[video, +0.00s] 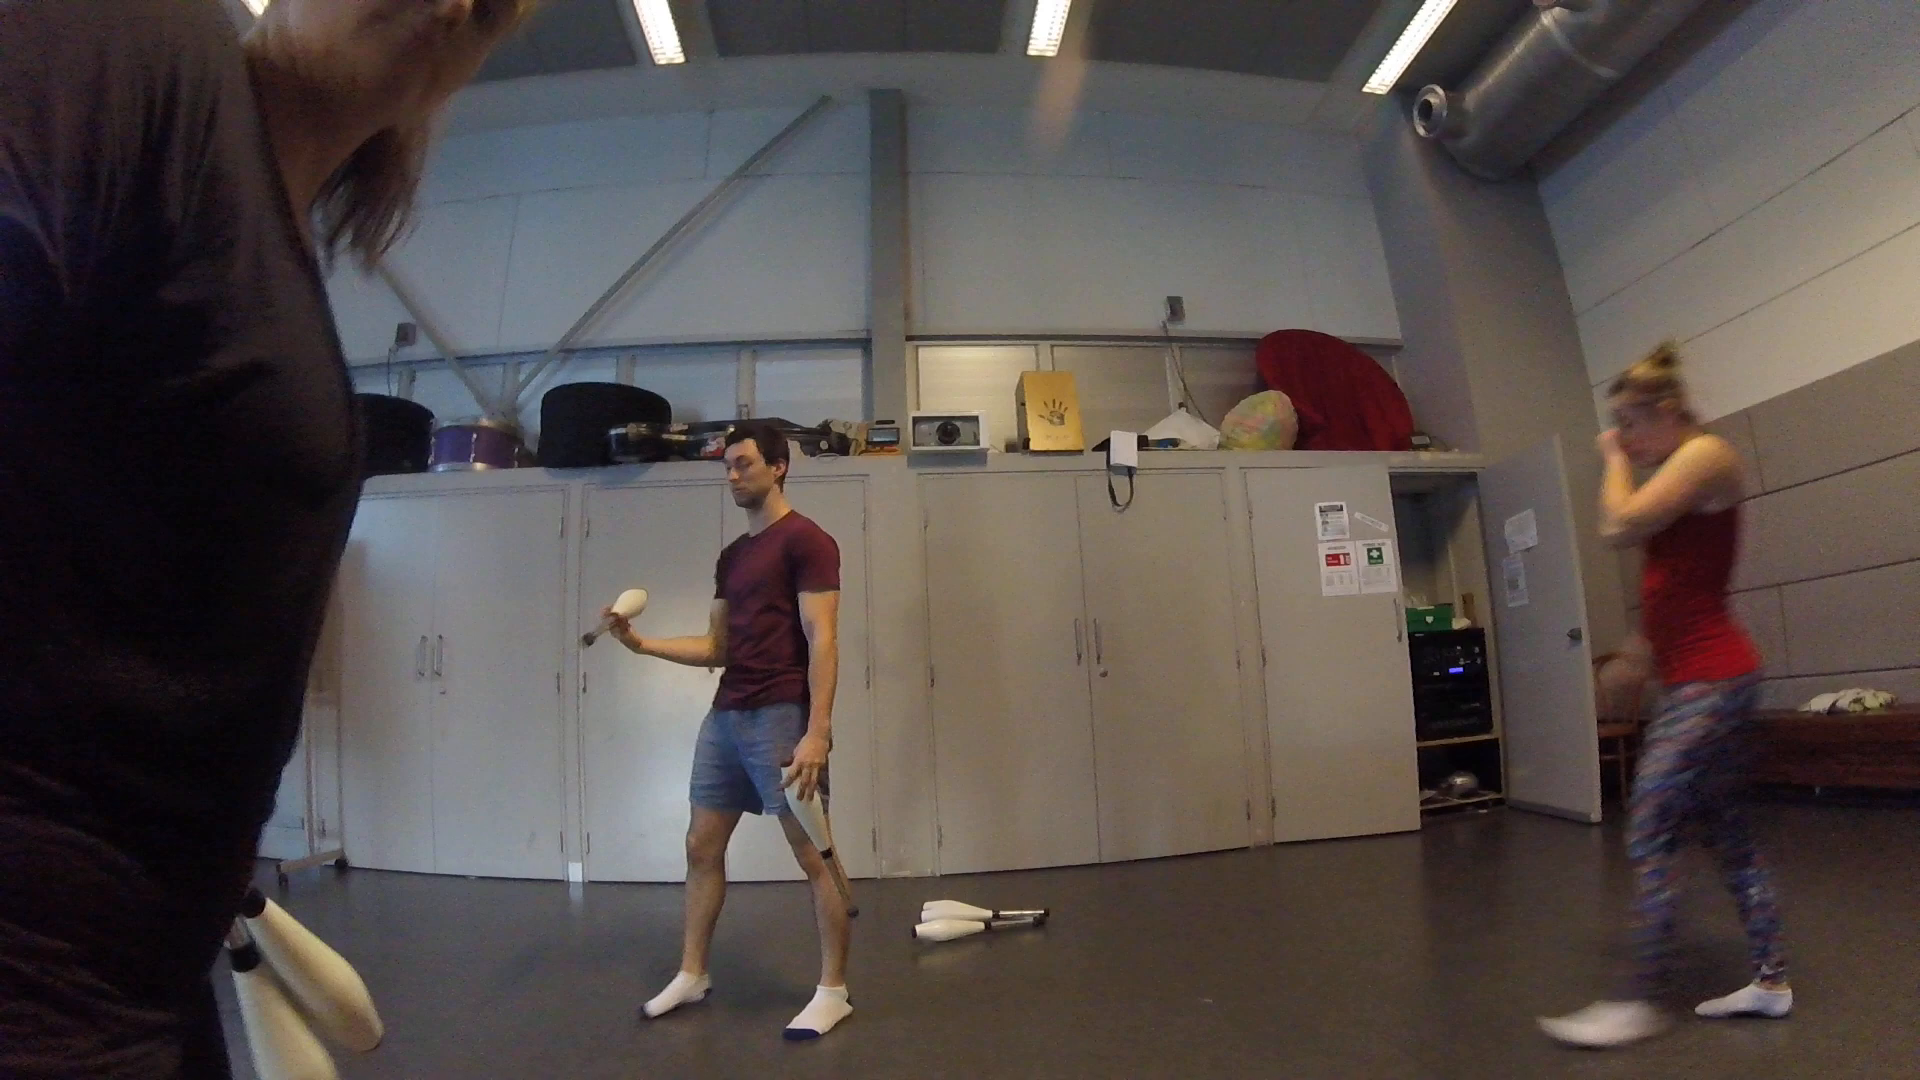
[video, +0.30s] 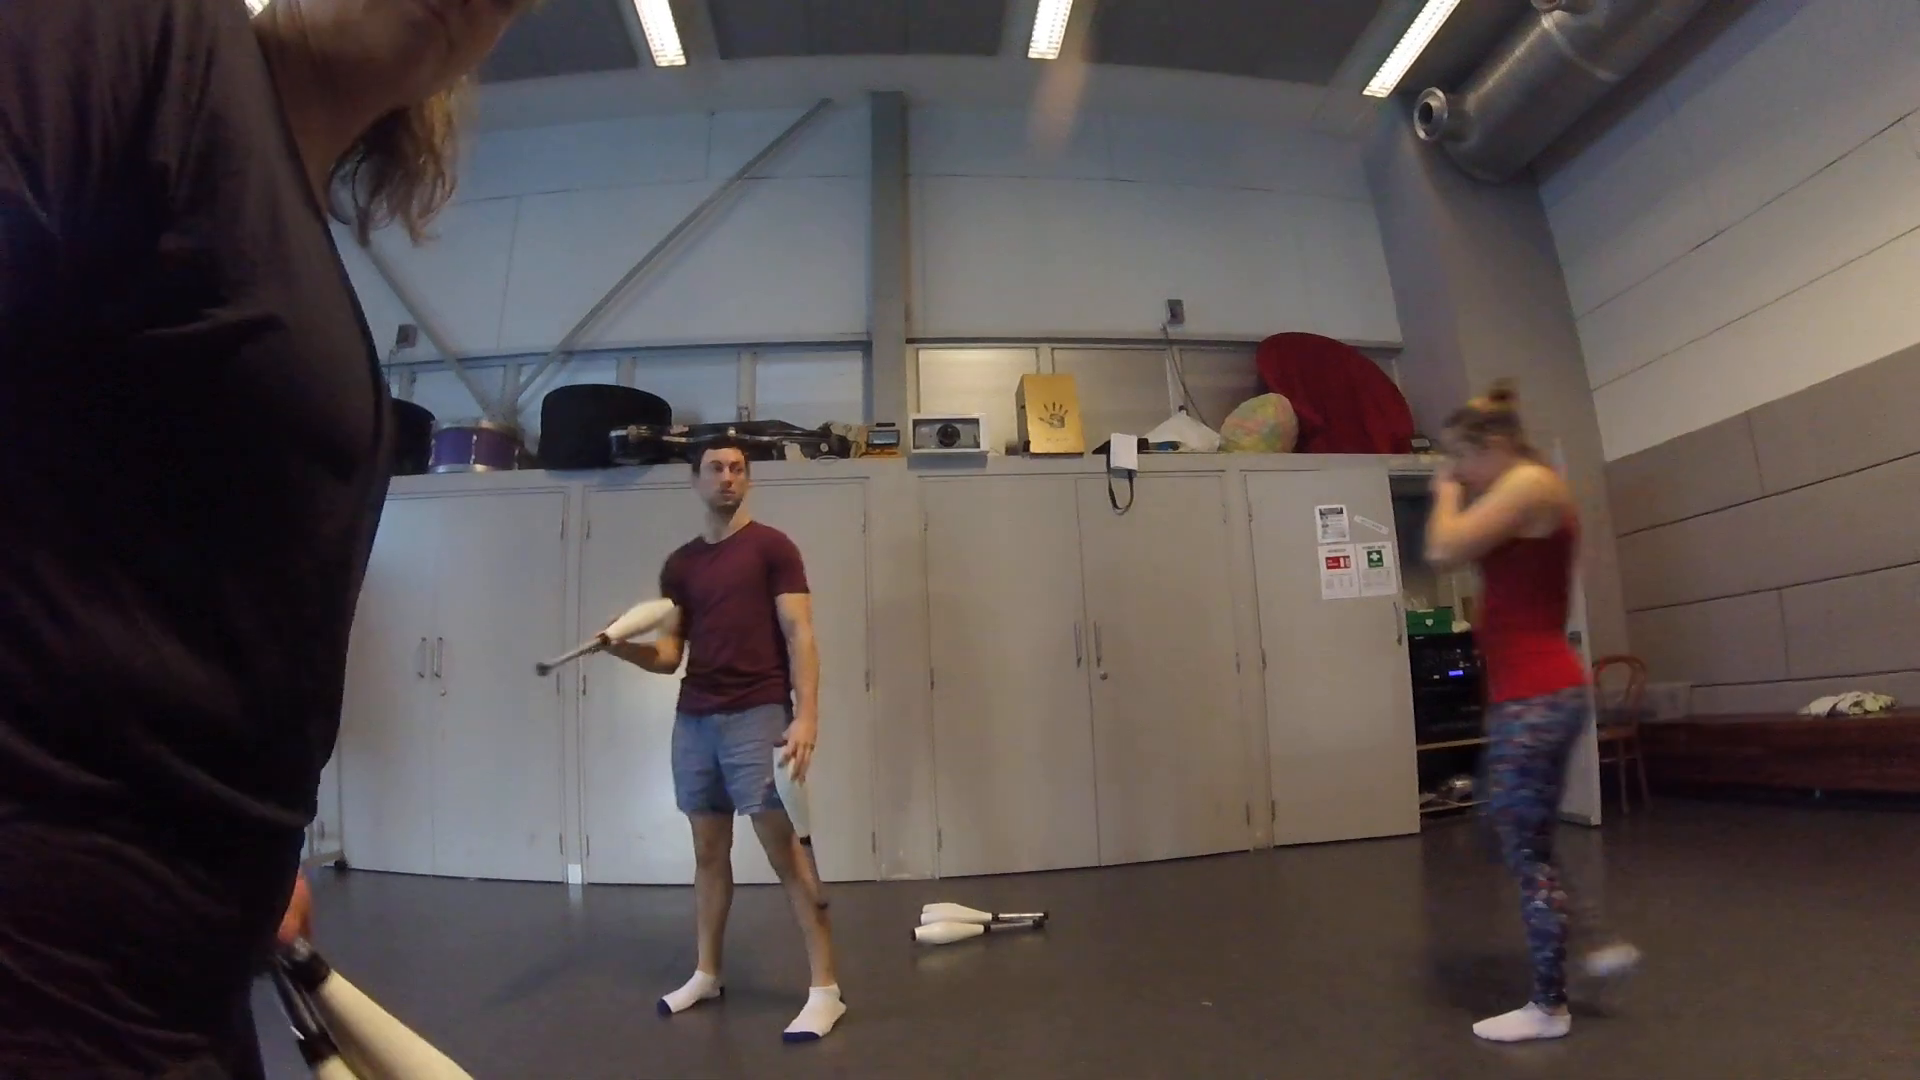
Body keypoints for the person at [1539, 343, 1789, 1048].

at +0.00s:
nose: (1624, 437)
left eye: (1636, 421)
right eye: (1620, 425)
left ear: (1674, 411)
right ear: (1629, 428)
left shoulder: (1707, 455)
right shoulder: (1670, 470)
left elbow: (1620, 522)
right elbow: (1676, 581)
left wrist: (1611, 456)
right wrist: (1638, 657)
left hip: (1712, 676)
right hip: (1691, 675)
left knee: (1650, 828)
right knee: (1728, 829)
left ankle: (1640, 997)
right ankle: (1770, 980)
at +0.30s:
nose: (1458, 470)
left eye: (1462, 457)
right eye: (1455, 459)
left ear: (1493, 444)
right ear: (1496, 446)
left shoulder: (1528, 485)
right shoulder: (1526, 487)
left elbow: (1445, 543)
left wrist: (1445, 486)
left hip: (1538, 692)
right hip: (1534, 687)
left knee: (1523, 841)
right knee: (1518, 830)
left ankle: (1549, 1003)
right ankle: (1595, 941)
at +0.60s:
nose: (1347, 504)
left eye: (1350, 490)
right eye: (1347, 492)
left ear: (1378, 478)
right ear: (1391, 478)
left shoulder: (1404, 518)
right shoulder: (1450, 526)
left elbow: (1337, 589)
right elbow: (1507, 607)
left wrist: (1347, 530)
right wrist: (1560, 669)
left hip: (1427, 711)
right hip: (1435, 705)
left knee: (1428, 846)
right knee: (1414, 844)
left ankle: (1552, 969)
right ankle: (1389, 969)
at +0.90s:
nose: (1233, 517)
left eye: (1237, 504)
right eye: (1231, 507)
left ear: (1264, 493)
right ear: (1272, 492)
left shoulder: (1289, 544)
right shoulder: (1316, 539)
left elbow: (1269, 628)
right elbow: (1309, 637)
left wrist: (1222, 589)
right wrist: (1272, 697)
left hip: (1300, 717)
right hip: (1336, 708)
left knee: (1260, 836)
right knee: (1340, 841)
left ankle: (1248, 957)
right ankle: (1381, 964)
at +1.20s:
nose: (1126, 541)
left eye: (1128, 529)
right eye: (1124, 531)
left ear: (1146, 517)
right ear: (1165, 516)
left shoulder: (1163, 560)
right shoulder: (1210, 558)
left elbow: (1166, 649)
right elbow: (1205, 644)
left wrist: (1155, 722)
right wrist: (1152, 682)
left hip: (1191, 713)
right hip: (1223, 708)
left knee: (1176, 827)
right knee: (1168, 813)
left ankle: (1197, 955)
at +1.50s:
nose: (1035, 596)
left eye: (1032, 586)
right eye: (1032, 589)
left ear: (1041, 572)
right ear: (1056, 564)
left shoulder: (1075, 585)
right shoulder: (1090, 589)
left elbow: (1096, 651)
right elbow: (1117, 662)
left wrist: (1093, 722)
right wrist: (1114, 732)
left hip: (1150, 720)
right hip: (1134, 722)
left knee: (1153, 833)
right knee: (1109, 820)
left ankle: (1198, 954)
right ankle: (1092, 920)